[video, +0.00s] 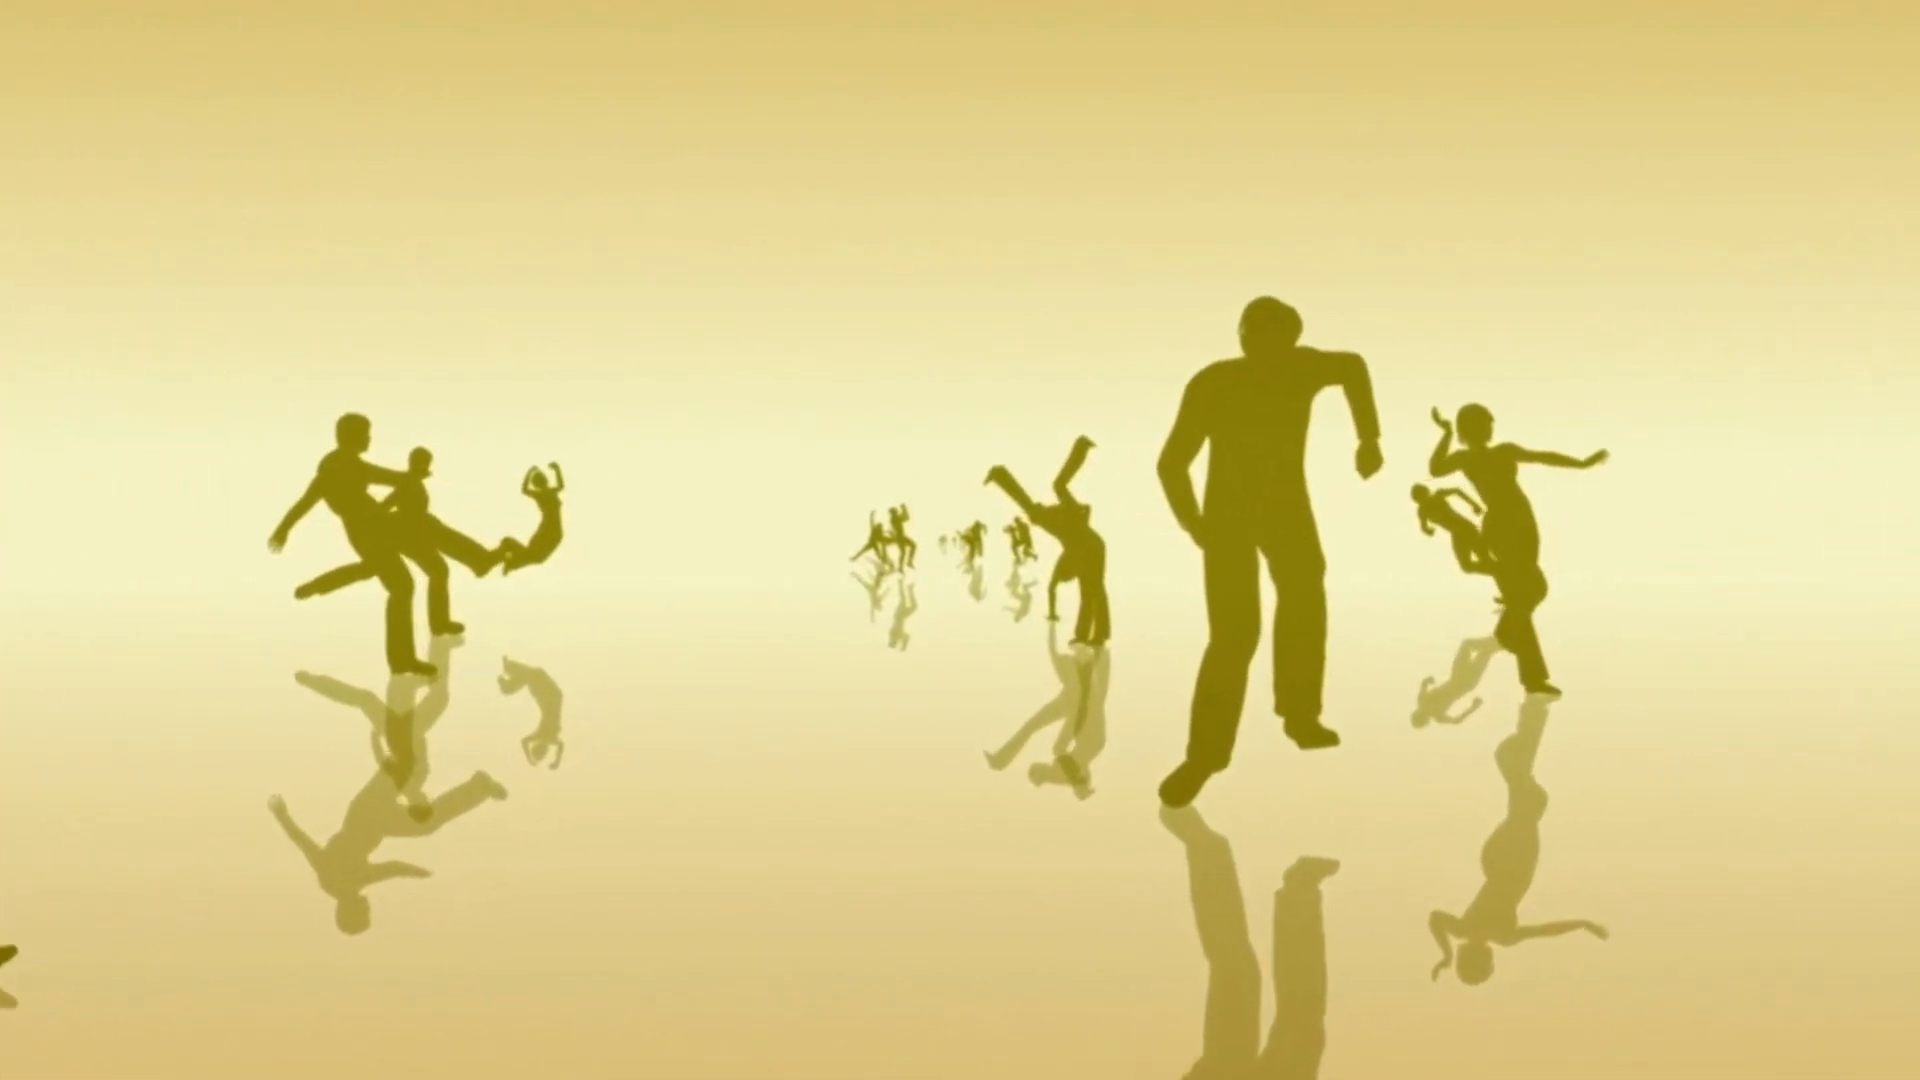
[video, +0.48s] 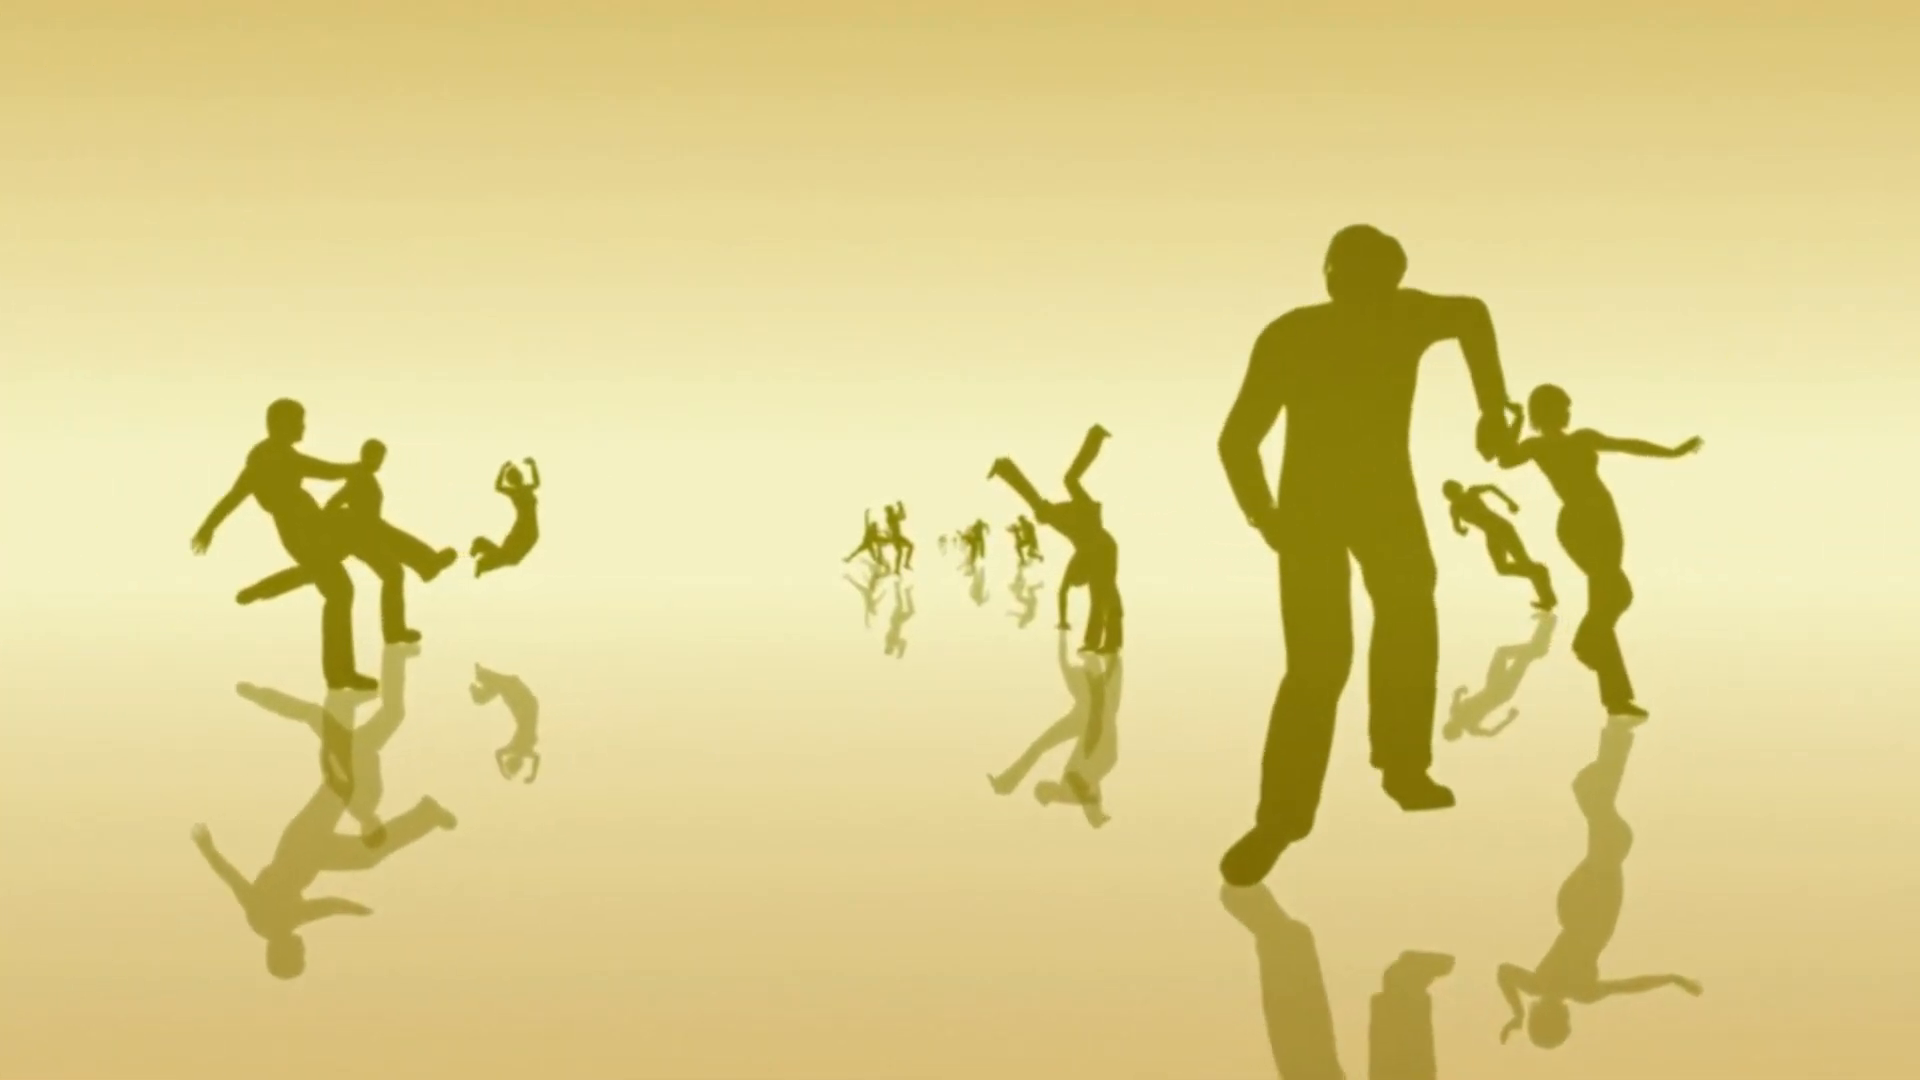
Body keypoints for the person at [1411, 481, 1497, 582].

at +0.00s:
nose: (1423, 499)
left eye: (1423, 495)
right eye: (1419, 498)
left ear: (1426, 491)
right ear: (1416, 500)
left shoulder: (1438, 495)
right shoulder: (1422, 511)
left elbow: (1457, 490)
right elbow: (1424, 527)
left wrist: (1474, 504)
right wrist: (1429, 530)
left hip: (1465, 525)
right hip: (1455, 532)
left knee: (1484, 557)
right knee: (1466, 565)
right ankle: (1497, 569)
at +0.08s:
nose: (1428, 499)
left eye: (1429, 494)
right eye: (1425, 497)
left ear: (1432, 492)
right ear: (1424, 498)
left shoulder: (1446, 494)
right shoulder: (1429, 510)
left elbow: (1464, 490)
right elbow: (1431, 526)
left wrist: (1481, 504)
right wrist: (1436, 530)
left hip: (1472, 526)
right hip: (1463, 532)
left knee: (1494, 559)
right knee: (1474, 566)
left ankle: (1516, 593)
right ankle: (1507, 569)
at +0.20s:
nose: (1433, 498)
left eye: (1433, 494)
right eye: (1429, 496)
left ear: (1437, 491)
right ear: (1428, 498)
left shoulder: (1450, 494)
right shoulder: (1434, 509)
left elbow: (1469, 489)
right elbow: (1436, 526)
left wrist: (1486, 503)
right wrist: (1441, 530)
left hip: (1478, 526)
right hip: (1468, 532)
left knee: (1500, 560)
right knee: (1479, 566)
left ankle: (1522, 595)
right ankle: (1513, 569)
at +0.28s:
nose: (1440, 498)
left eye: (1441, 493)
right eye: (1437, 496)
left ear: (1445, 490)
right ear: (1436, 497)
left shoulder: (1458, 493)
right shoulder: (1442, 509)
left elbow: (1478, 488)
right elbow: (1443, 526)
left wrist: (1495, 503)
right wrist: (1449, 530)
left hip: (1486, 526)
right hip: (1476, 532)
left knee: (1508, 560)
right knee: (1487, 566)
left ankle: (1531, 596)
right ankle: (1522, 569)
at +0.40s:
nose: (1445, 497)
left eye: (1446, 493)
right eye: (1442, 495)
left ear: (1450, 490)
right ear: (1441, 496)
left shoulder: (1464, 493)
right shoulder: (1447, 509)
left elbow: (1483, 488)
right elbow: (1448, 526)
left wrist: (1500, 502)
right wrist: (1454, 530)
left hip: (1492, 526)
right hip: (1482, 532)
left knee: (1514, 560)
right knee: (1493, 567)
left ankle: (1537, 597)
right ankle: (1527, 569)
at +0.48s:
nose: (1454, 497)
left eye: (1454, 493)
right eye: (1450, 495)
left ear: (1458, 488)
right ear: (1449, 497)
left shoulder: (1472, 492)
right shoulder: (1454, 508)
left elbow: (1491, 487)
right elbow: (1456, 526)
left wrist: (1509, 502)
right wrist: (1462, 530)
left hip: (1500, 525)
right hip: (1490, 532)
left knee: (1522, 560)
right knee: (1502, 567)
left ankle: (1546, 598)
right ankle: (1536, 571)